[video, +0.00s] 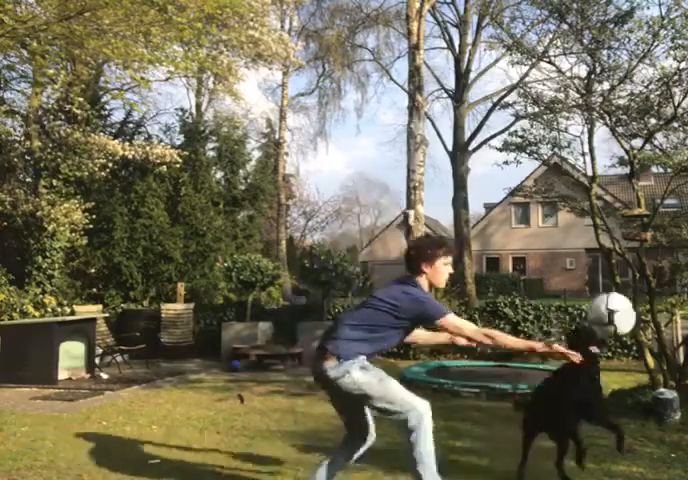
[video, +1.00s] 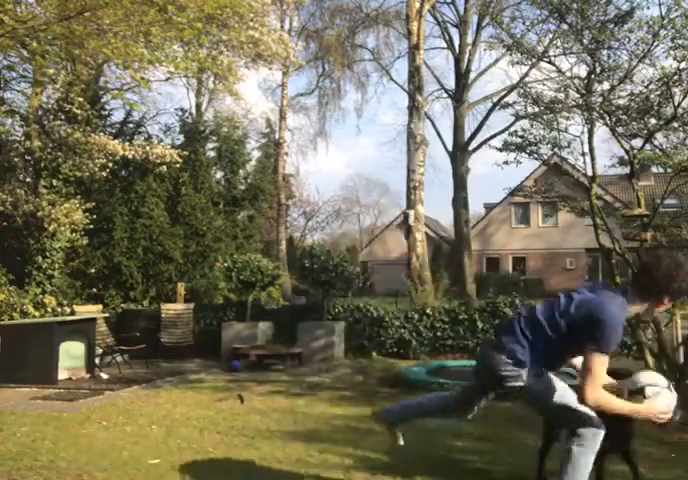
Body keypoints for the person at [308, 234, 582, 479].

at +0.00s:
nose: (450, 272)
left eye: (449, 264)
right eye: (446, 264)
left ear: (423, 266)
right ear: (425, 265)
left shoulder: (399, 291)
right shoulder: (417, 297)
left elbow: (410, 335)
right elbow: (481, 336)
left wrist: (456, 337)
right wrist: (542, 348)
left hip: (329, 362)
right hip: (345, 363)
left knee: (360, 433)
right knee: (418, 411)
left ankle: (322, 474)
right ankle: (429, 475)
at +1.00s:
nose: (668, 308)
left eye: (671, 301)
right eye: (671, 302)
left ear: (640, 280)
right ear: (661, 301)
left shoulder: (603, 295)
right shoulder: (609, 316)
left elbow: (586, 361)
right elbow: (592, 395)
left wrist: (619, 385)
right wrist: (642, 411)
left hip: (497, 349)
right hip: (514, 365)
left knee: (461, 403)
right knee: (589, 426)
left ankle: (390, 416)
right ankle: (570, 477)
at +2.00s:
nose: (445, 212)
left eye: (449, 205)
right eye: (446, 203)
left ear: (427, 194)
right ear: (429, 193)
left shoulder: (399, 227)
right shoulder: (407, 230)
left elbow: (400, 294)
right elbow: (399, 296)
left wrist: (444, 309)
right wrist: (449, 314)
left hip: (394, 342)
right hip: (389, 344)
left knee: (420, 418)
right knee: (398, 426)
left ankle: (400, 476)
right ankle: (370, 477)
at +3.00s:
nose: (419, 259)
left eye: (423, 253)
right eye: (421, 250)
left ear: (404, 238)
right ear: (406, 239)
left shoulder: (366, 256)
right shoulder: (371, 262)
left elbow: (350, 327)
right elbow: (351, 329)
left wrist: (394, 357)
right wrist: (396, 360)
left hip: (299, 340)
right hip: (303, 343)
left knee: (330, 426)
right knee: (347, 428)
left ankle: (323, 476)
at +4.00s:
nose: (438, 261)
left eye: (441, 255)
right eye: (440, 253)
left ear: (422, 244)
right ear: (426, 245)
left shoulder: (384, 261)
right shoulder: (398, 269)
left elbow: (342, 322)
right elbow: (355, 320)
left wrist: (368, 361)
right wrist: (386, 362)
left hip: (312, 338)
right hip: (318, 342)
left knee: (348, 425)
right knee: (356, 429)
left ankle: (332, 475)